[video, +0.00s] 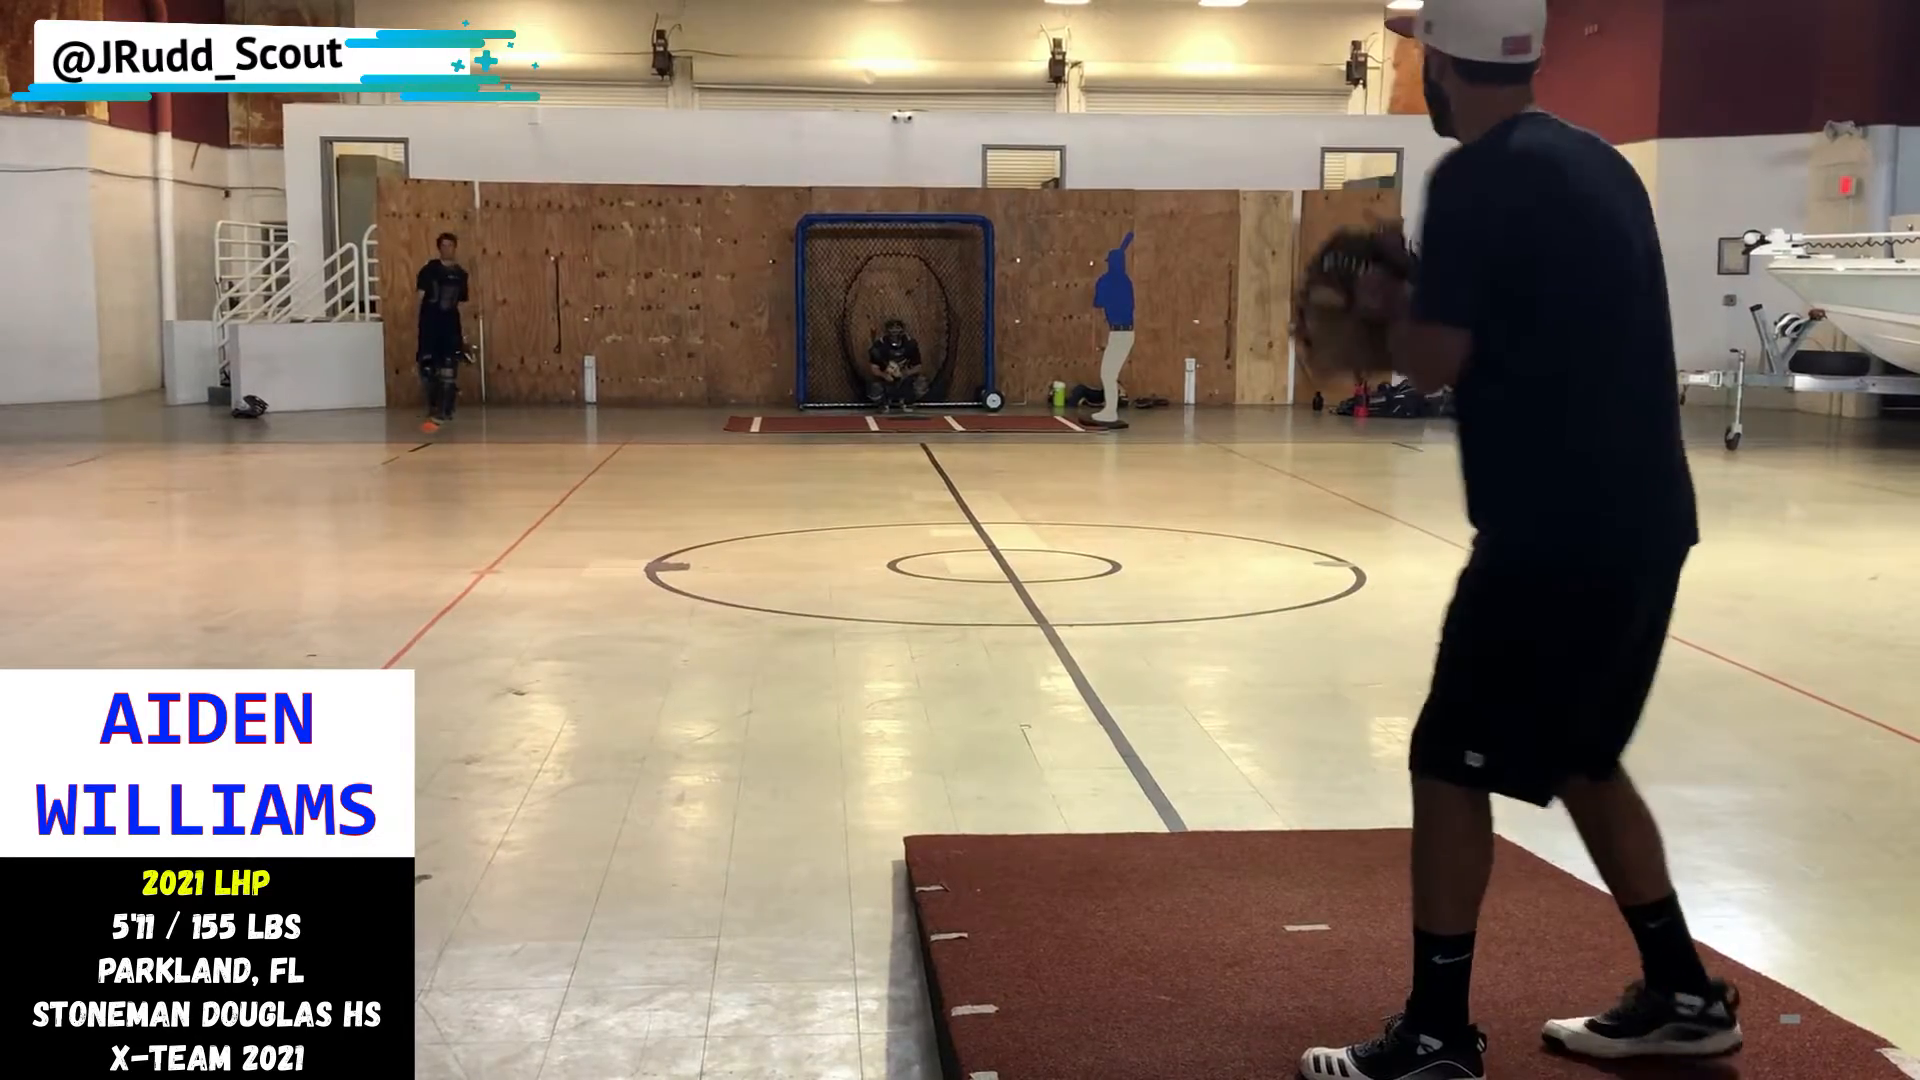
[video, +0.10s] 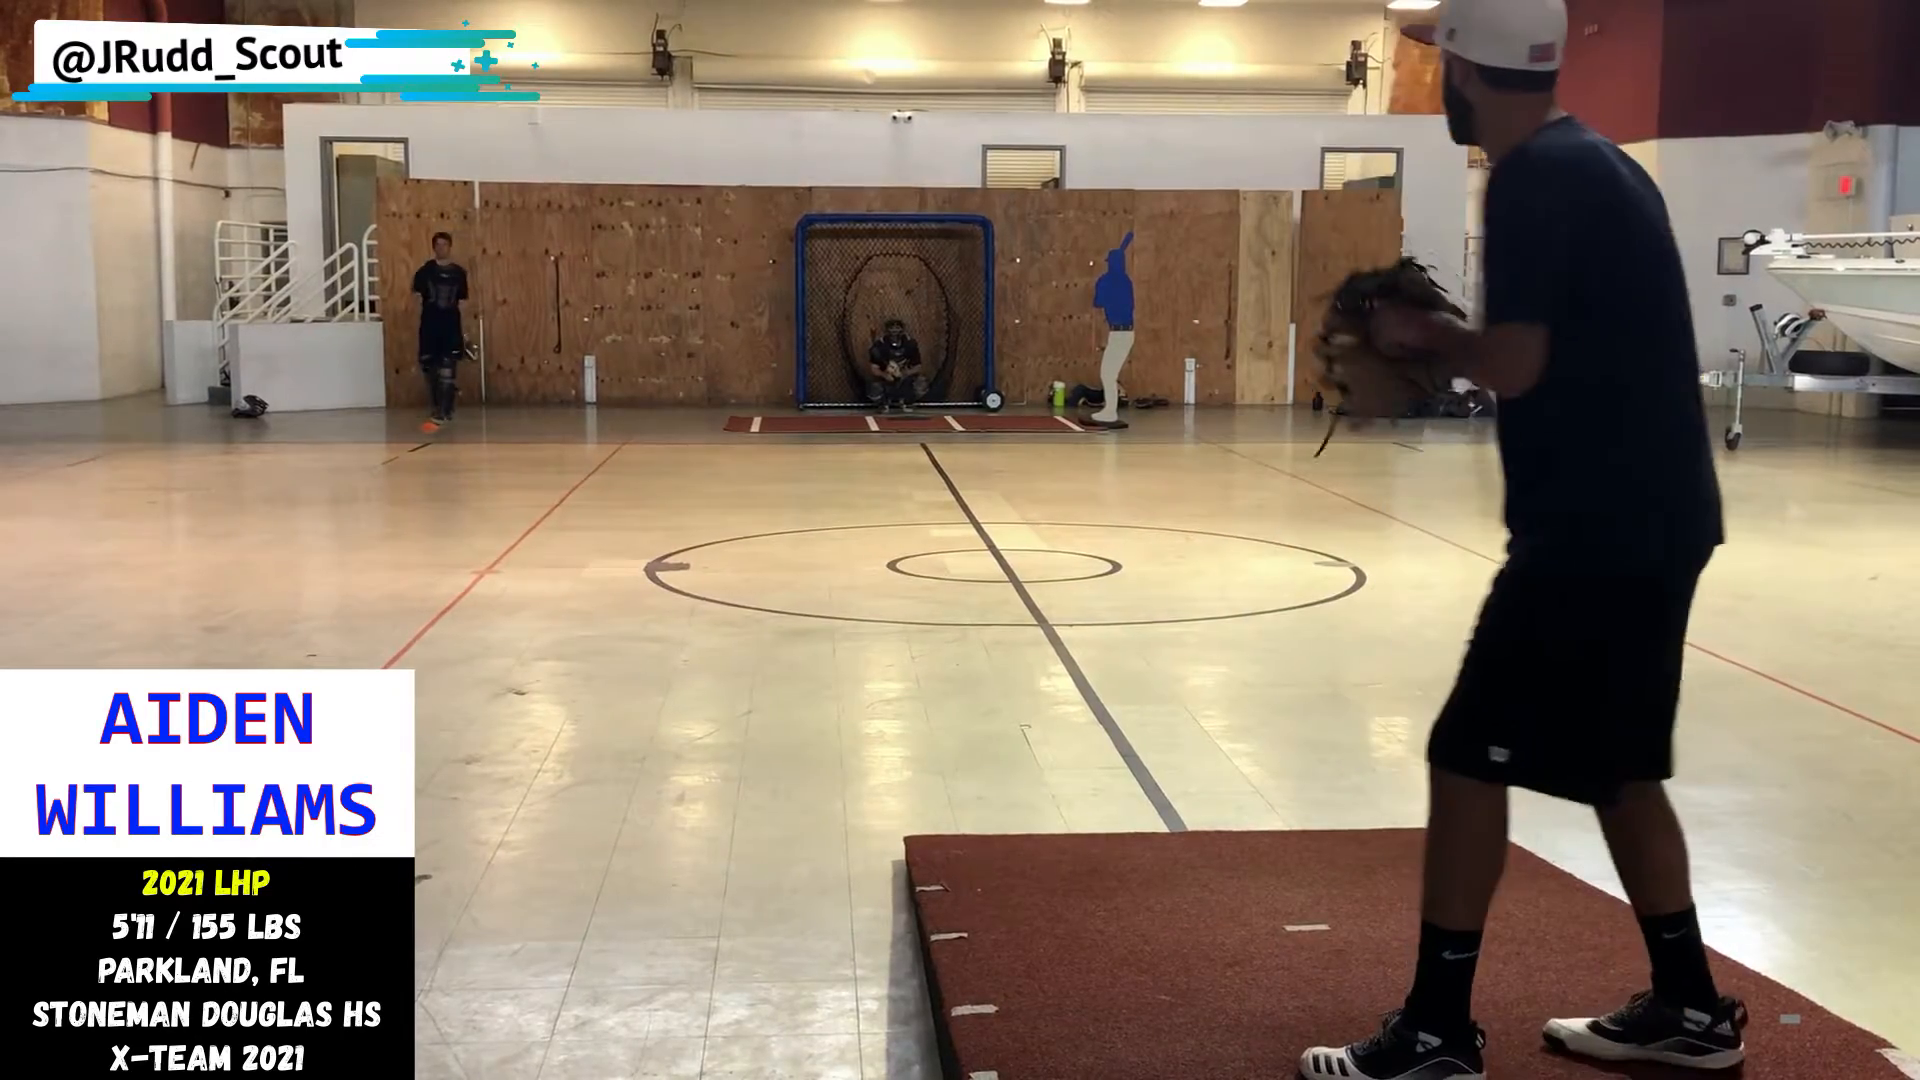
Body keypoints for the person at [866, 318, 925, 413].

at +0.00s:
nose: (896, 335)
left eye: (898, 332)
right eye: (892, 332)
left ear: (902, 331)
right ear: (887, 332)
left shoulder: (911, 344)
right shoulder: (879, 345)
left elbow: (918, 367)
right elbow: (874, 368)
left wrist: (906, 373)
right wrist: (885, 375)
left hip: (904, 379)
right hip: (887, 379)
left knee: (921, 382)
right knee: (875, 386)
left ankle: (907, 403)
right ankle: (883, 405)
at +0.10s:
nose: (895, 335)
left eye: (898, 331)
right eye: (892, 331)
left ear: (902, 331)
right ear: (887, 332)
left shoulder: (910, 344)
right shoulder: (879, 346)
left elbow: (918, 367)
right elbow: (874, 369)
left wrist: (905, 373)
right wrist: (885, 375)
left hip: (904, 379)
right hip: (887, 380)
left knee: (921, 383)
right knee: (875, 386)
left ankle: (907, 403)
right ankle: (883, 405)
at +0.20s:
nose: (895, 334)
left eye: (897, 331)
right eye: (892, 331)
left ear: (902, 331)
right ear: (887, 331)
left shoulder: (910, 343)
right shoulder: (879, 345)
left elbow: (918, 367)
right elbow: (874, 368)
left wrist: (905, 373)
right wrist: (885, 375)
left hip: (904, 379)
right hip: (887, 380)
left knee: (921, 382)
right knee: (875, 385)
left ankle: (907, 403)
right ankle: (883, 405)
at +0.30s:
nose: (895, 334)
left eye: (897, 331)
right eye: (892, 331)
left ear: (902, 331)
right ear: (887, 331)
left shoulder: (911, 343)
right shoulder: (879, 345)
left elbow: (918, 367)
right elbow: (874, 368)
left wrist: (905, 372)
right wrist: (884, 373)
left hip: (905, 380)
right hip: (887, 380)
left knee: (921, 382)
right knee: (875, 385)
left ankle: (907, 403)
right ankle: (882, 405)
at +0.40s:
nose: (895, 334)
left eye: (898, 331)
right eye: (893, 331)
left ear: (902, 331)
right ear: (887, 331)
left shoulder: (911, 343)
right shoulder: (879, 345)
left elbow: (918, 366)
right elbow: (874, 366)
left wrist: (909, 371)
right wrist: (888, 374)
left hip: (906, 378)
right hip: (888, 379)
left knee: (922, 382)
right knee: (875, 385)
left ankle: (907, 403)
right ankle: (884, 404)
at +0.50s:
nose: (895, 330)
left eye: (898, 326)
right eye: (893, 326)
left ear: (903, 326)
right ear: (888, 326)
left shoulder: (911, 340)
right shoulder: (880, 341)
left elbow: (918, 364)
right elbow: (873, 363)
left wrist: (905, 369)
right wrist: (885, 365)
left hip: (906, 376)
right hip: (887, 376)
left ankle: (907, 402)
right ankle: (883, 404)